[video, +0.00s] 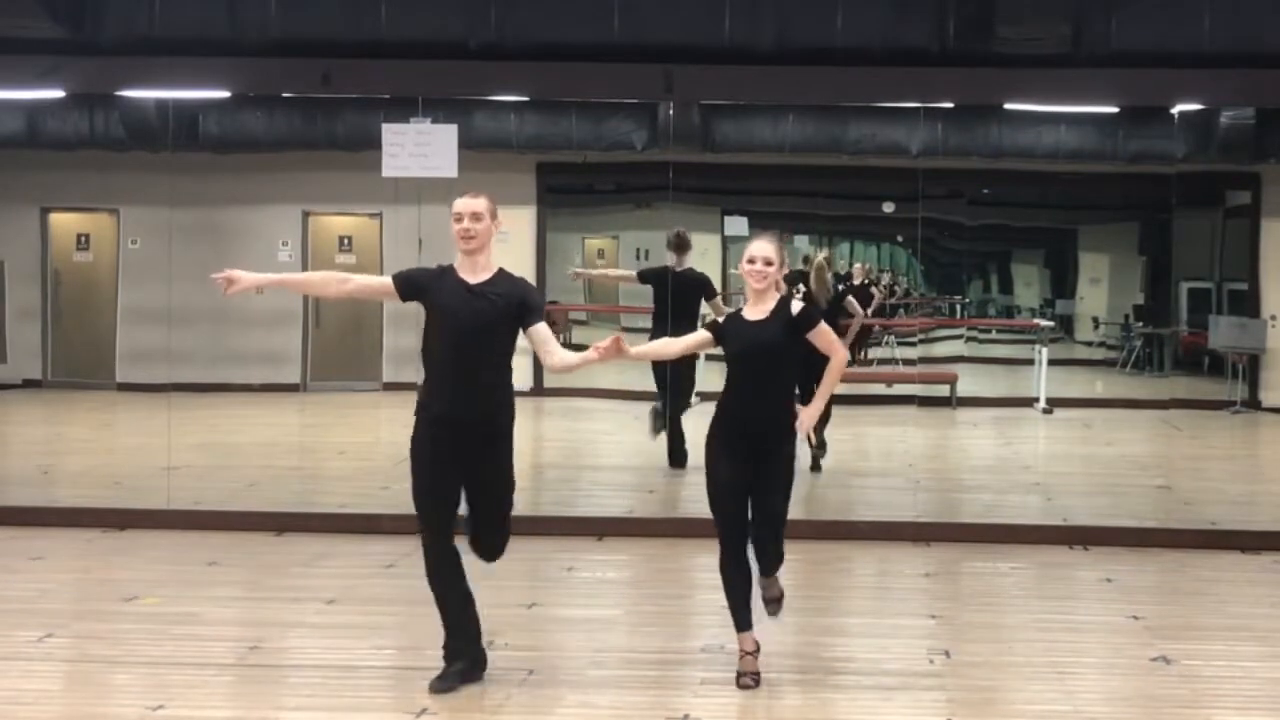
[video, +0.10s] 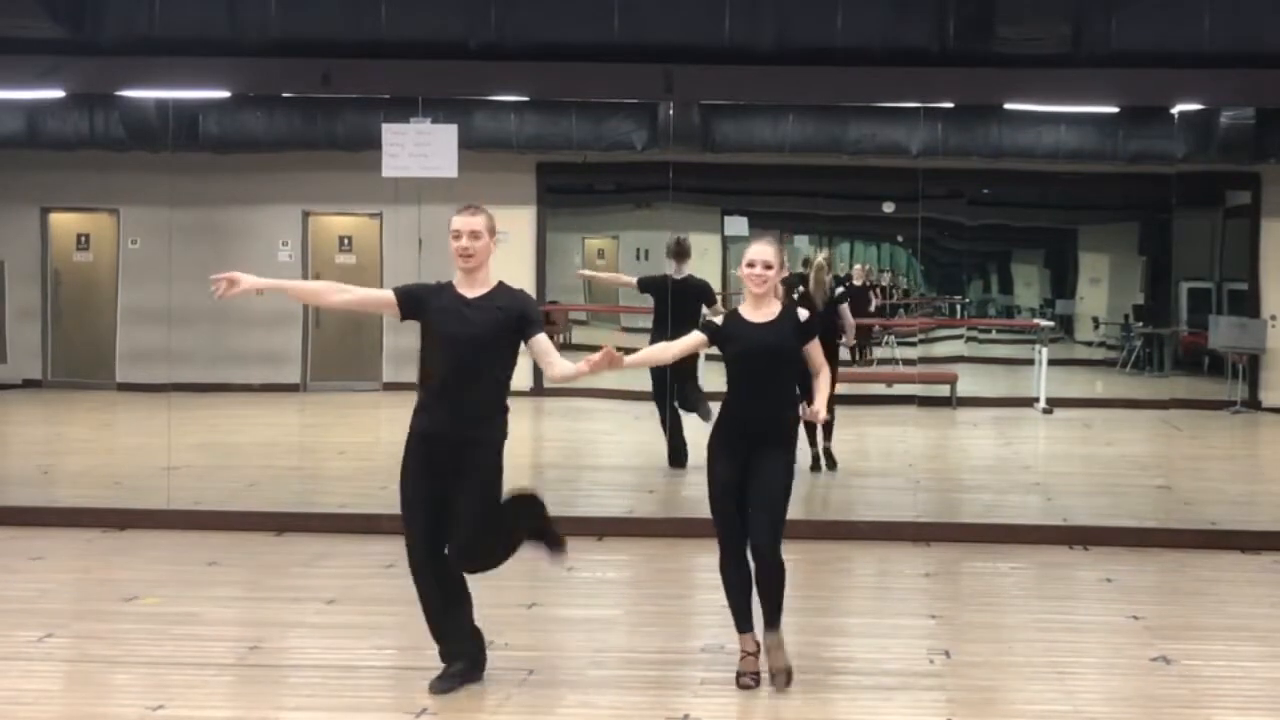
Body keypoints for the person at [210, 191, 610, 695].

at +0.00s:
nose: (466, 226)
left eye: (476, 218)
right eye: (459, 218)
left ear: (496, 226)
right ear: (451, 226)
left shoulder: (518, 293)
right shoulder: (430, 281)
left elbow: (553, 358)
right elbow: (345, 285)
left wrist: (593, 355)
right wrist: (261, 279)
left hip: (492, 434)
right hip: (436, 432)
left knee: (491, 546)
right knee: (437, 547)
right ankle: (466, 655)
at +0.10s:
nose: (465, 244)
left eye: (474, 235)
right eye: (457, 235)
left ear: (493, 242)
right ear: (449, 242)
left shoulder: (517, 305)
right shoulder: (429, 297)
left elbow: (554, 369)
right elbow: (339, 295)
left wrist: (588, 365)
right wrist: (259, 283)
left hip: (480, 447)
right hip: (427, 445)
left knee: (471, 554)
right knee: (426, 555)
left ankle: (526, 513)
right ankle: (464, 655)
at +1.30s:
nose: (474, 226)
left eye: (484, 218)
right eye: (466, 219)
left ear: (502, 227)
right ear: (456, 228)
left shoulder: (522, 294)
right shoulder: (434, 290)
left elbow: (571, 344)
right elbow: (391, 358)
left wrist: (607, 366)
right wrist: (341, 404)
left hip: (497, 440)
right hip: (439, 439)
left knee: (511, 552)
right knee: (438, 551)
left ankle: (498, 617)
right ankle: (475, 662)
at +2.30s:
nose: (469, 237)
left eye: (480, 229)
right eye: (461, 229)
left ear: (501, 235)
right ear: (453, 234)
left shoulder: (515, 306)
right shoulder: (427, 274)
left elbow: (562, 367)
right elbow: (340, 256)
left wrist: (609, 409)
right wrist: (267, 241)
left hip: (509, 449)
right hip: (451, 448)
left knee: (484, 576)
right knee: (442, 579)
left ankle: (446, 697)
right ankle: (472, 648)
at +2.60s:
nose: (486, 236)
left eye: (496, 227)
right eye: (478, 228)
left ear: (516, 232)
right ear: (469, 235)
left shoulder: (543, 295)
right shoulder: (452, 288)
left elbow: (597, 349)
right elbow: (365, 290)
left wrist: (621, 386)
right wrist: (347, 239)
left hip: (493, 451)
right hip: (440, 442)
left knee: (466, 573)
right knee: (426, 567)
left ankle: (443, 699)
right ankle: (448, 666)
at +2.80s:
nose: (546, 239)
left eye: (549, 232)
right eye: (537, 231)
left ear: (549, 235)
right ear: (508, 232)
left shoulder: (563, 291)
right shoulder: (473, 295)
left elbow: (630, 321)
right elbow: (434, 356)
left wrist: (629, 334)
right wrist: (367, 343)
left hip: (528, 432)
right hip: (476, 427)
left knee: (485, 529)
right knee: (463, 538)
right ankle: (455, 658)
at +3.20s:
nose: (640, 249)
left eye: (643, 240)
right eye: (631, 241)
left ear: (649, 245)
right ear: (605, 245)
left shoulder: (660, 283)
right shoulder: (586, 309)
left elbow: (694, 226)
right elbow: (575, 389)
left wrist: (652, 251)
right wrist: (619, 431)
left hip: (644, 430)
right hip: (593, 427)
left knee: (620, 535)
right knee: (561, 530)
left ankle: (595, 631)